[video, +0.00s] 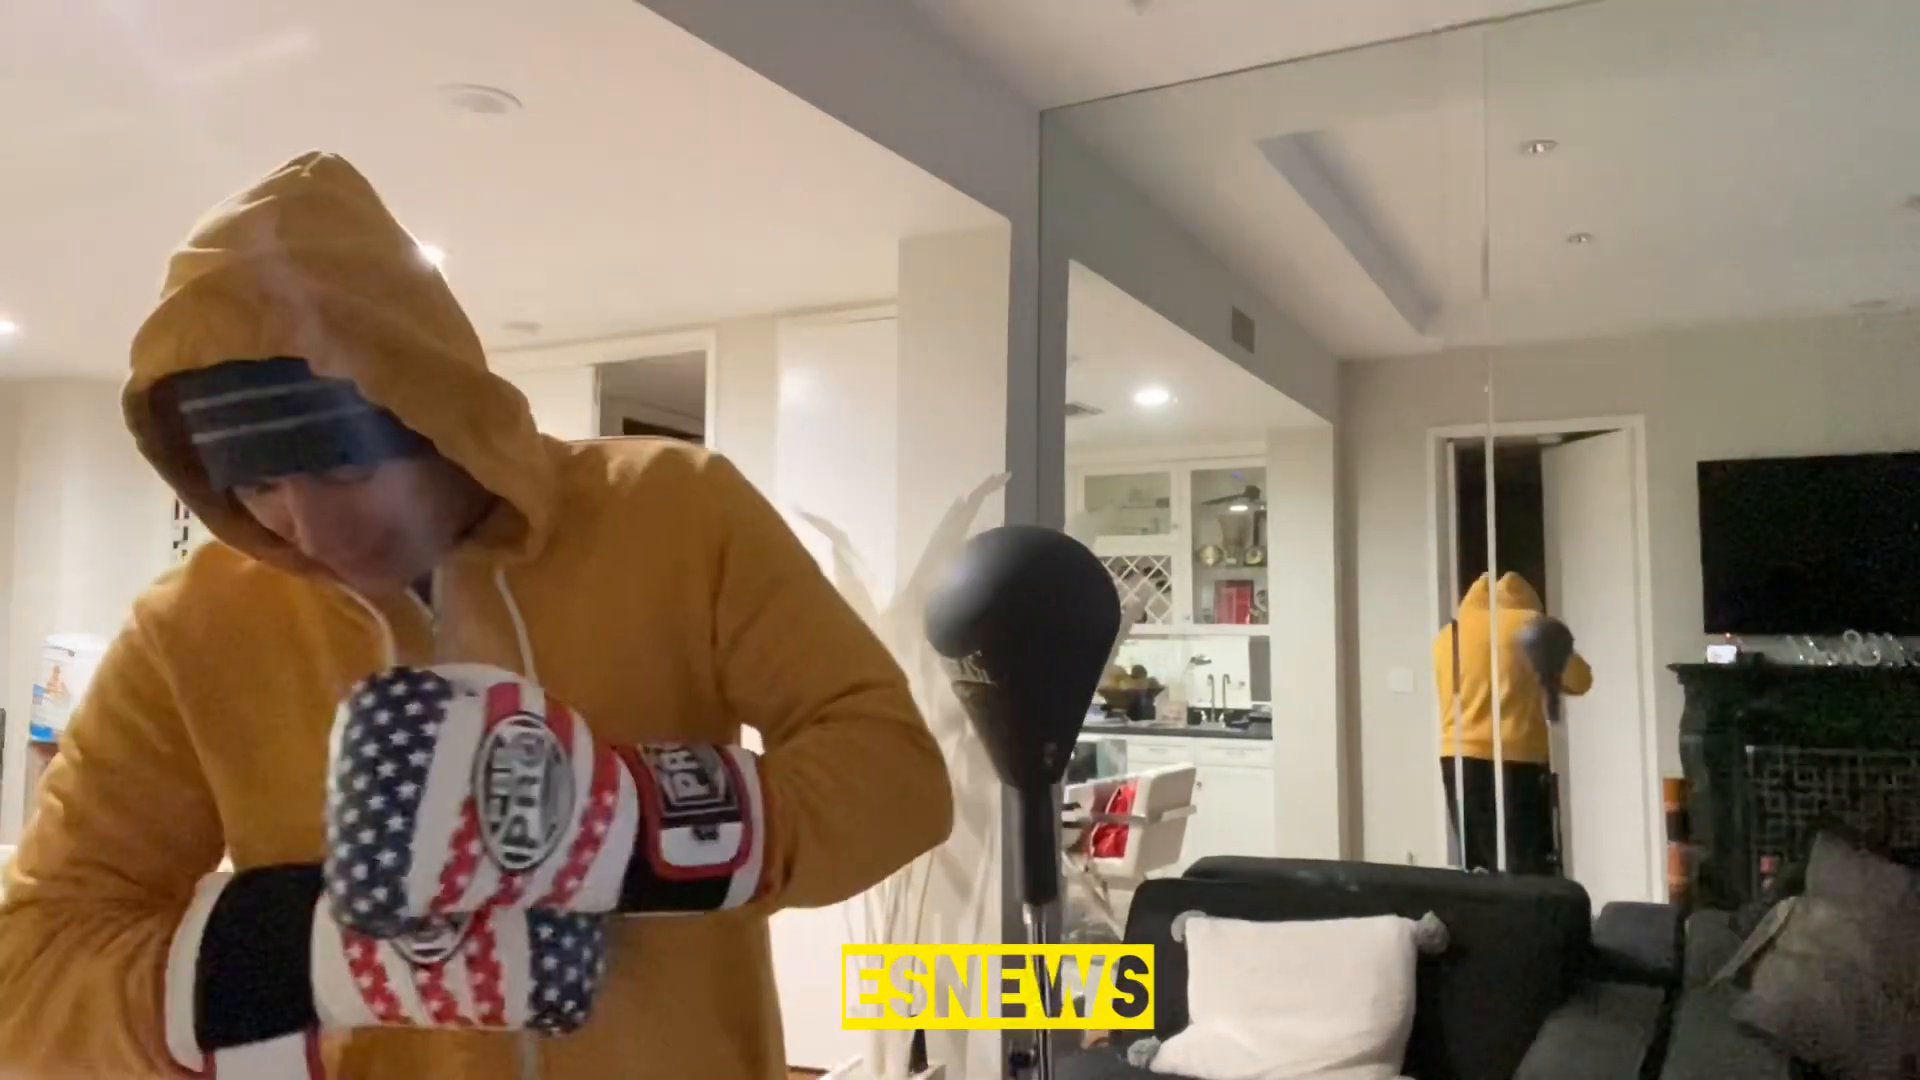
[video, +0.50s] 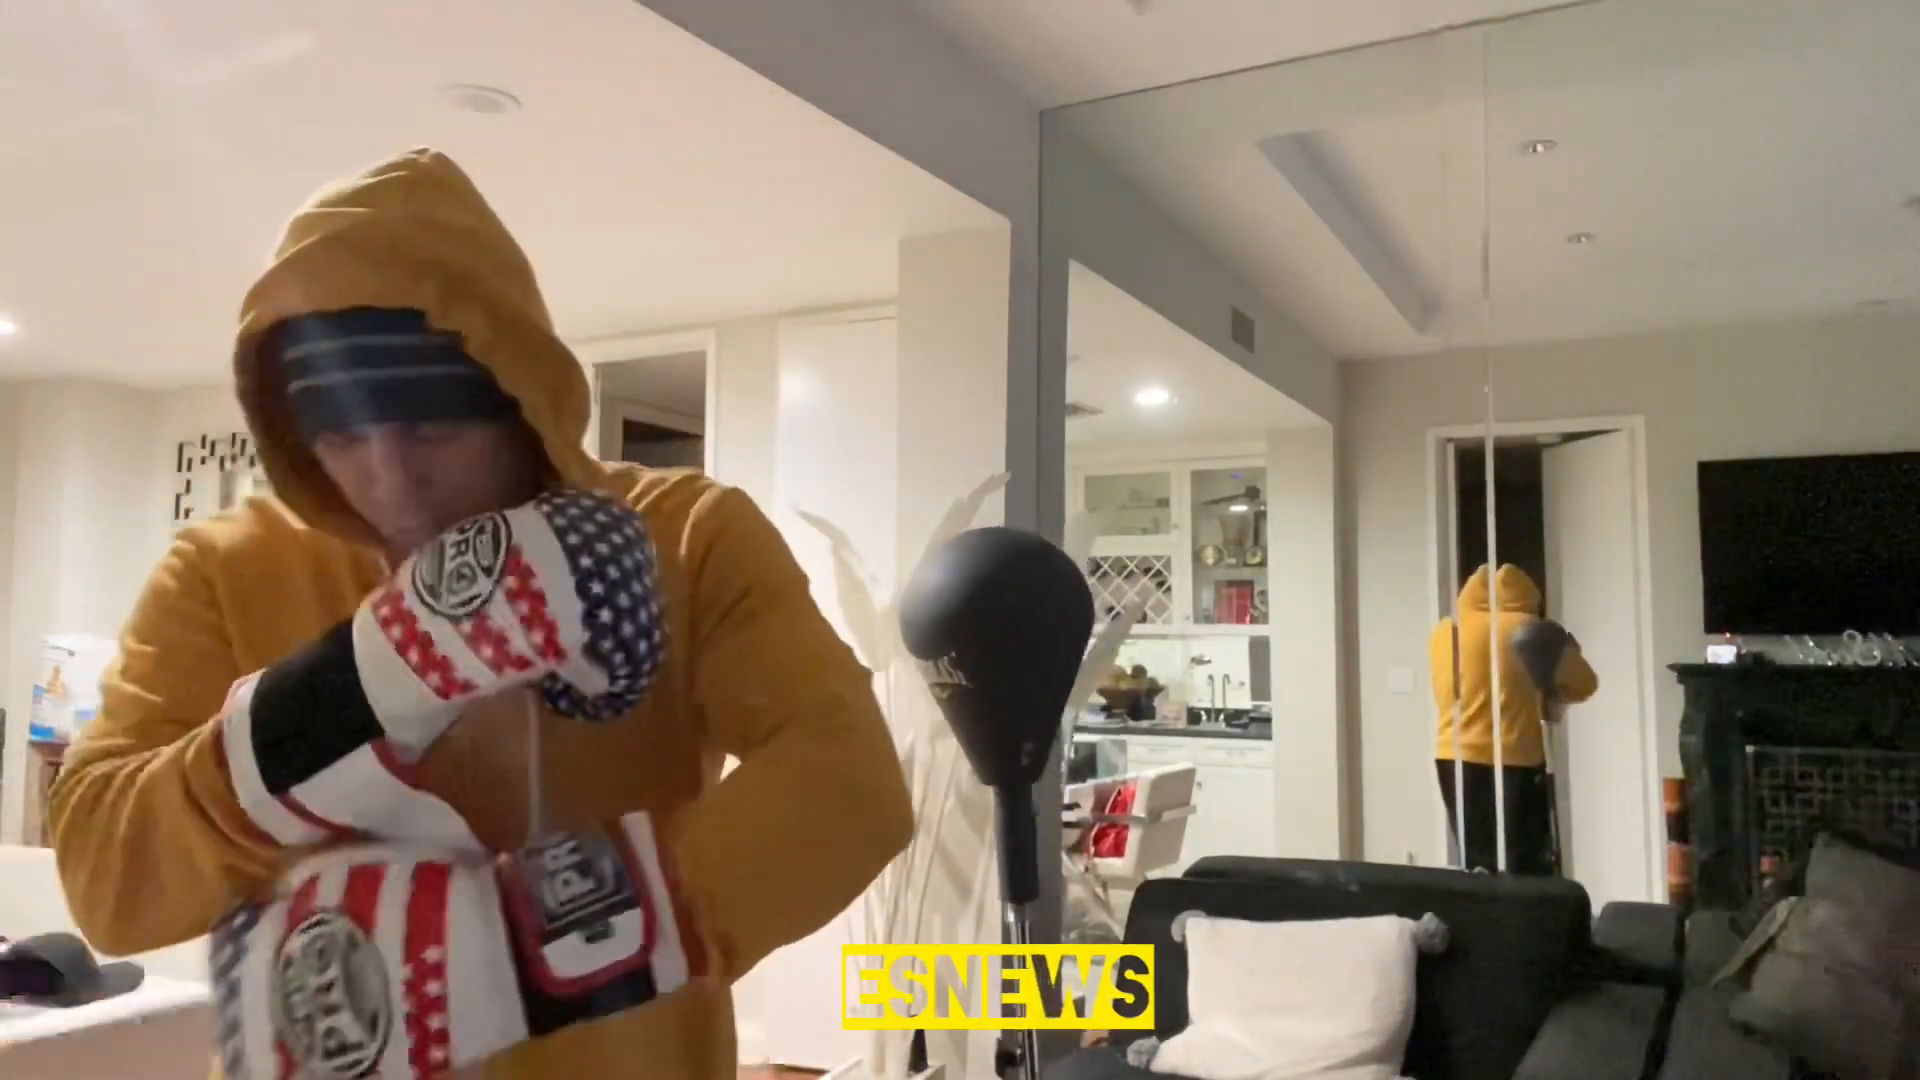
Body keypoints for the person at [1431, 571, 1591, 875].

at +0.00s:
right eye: (1532, 603)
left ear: (1475, 596)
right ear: (1525, 598)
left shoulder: (1448, 635)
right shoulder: (1532, 625)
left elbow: (1447, 690)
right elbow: (1578, 680)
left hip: (1461, 759)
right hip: (1522, 760)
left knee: (1475, 855)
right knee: (1528, 857)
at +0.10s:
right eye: (1532, 603)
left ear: (1475, 596)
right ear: (1524, 598)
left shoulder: (1448, 635)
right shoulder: (1532, 626)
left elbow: (1446, 690)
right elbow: (1580, 681)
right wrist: (1549, 658)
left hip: (1462, 759)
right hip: (1523, 759)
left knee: (1476, 853)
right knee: (1529, 855)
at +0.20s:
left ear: (1473, 596)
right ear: (1525, 597)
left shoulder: (1447, 635)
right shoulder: (1533, 627)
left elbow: (1447, 688)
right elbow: (1580, 680)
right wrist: (1554, 696)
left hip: (1461, 759)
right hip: (1523, 759)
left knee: (1475, 852)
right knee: (1528, 854)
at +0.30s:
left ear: (1471, 595)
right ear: (1524, 596)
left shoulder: (1446, 635)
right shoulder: (1532, 627)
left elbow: (1447, 690)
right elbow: (1582, 680)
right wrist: (1555, 708)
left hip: (1460, 760)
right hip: (1522, 760)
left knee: (1474, 853)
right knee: (1527, 855)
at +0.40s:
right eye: (1531, 599)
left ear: (1472, 594)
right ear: (1524, 595)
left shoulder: (1446, 633)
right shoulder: (1533, 628)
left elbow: (1446, 692)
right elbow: (1582, 683)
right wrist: (1553, 701)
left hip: (1459, 760)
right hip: (1521, 762)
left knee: (1473, 855)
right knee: (1527, 858)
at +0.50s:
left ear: (1470, 593)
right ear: (1525, 596)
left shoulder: (1445, 633)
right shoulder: (1532, 630)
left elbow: (1446, 691)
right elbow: (1582, 683)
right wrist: (1544, 696)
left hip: (1457, 764)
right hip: (1518, 766)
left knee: (1474, 860)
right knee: (1527, 862)